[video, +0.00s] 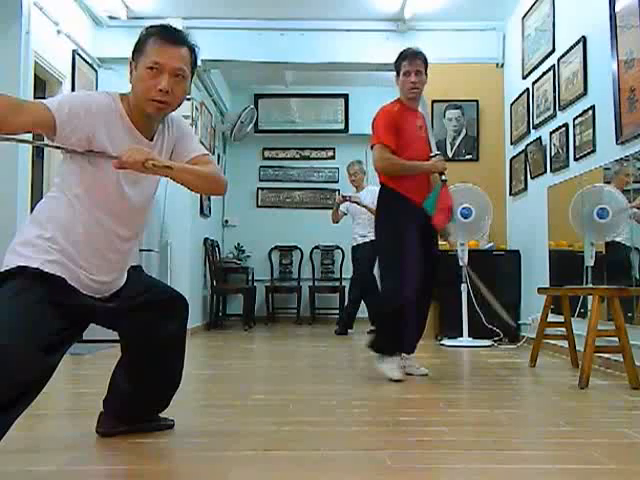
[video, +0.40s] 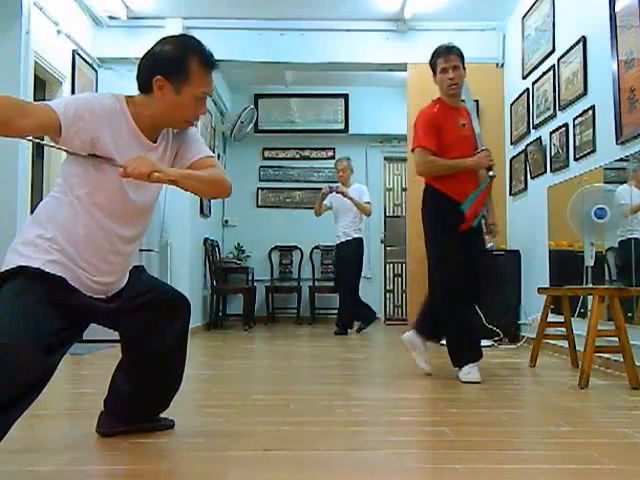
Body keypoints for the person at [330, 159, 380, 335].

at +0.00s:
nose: (353, 178)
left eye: (356, 174)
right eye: (351, 175)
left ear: (364, 174)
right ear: (348, 178)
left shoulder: (375, 192)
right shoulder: (350, 197)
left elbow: (380, 215)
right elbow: (336, 219)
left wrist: (363, 205)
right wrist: (336, 205)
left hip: (371, 240)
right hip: (357, 242)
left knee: (357, 281)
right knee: (367, 282)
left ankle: (345, 322)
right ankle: (378, 321)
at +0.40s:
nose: (341, 174)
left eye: (344, 171)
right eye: (338, 171)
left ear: (351, 172)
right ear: (336, 173)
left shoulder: (359, 189)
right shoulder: (333, 194)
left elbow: (367, 211)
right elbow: (318, 212)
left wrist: (348, 196)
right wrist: (322, 196)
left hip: (354, 240)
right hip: (341, 241)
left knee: (349, 284)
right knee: (341, 284)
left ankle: (343, 324)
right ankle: (367, 315)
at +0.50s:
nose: (339, 173)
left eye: (342, 169)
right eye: (336, 170)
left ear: (349, 171)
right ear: (333, 172)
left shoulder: (357, 189)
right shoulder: (331, 193)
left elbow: (365, 210)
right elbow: (315, 211)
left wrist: (347, 195)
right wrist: (320, 195)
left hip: (352, 241)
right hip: (338, 242)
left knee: (347, 282)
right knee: (333, 282)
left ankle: (342, 324)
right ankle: (355, 315)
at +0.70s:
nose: (336, 173)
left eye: (339, 170)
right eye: (333, 170)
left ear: (346, 171)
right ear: (329, 172)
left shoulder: (355, 189)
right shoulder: (327, 193)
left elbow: (362, 208)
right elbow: (311, 209)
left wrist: (344, 193)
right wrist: (316, 191)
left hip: (349, 242)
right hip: (333, 243)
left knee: (344, 284)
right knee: (328, 284)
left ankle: (342, 324)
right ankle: (328, 322)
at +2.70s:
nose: (325, 171)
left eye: (328, 168)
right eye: (321, 168)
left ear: (332, 170)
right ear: (317, 171)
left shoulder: (341, 189)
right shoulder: (313, 192)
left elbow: (349, 206)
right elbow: (301, 207)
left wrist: (332, 189)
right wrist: (309, 189)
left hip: (336, 241)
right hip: (318, 243)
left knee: (338, 285)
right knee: (317, 286)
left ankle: (341, 324)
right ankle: (318, 323)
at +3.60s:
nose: (323, 173)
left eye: (326, 169)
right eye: (320, 170)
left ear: (332, 171)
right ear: (315, 172)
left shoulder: (339, 189)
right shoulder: (312, 190)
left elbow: (349, 205)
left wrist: (333, 188)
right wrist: (315, 187)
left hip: (335, 237)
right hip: (317, 238)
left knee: (338, 280)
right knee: (321, 280)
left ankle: (341, 313)